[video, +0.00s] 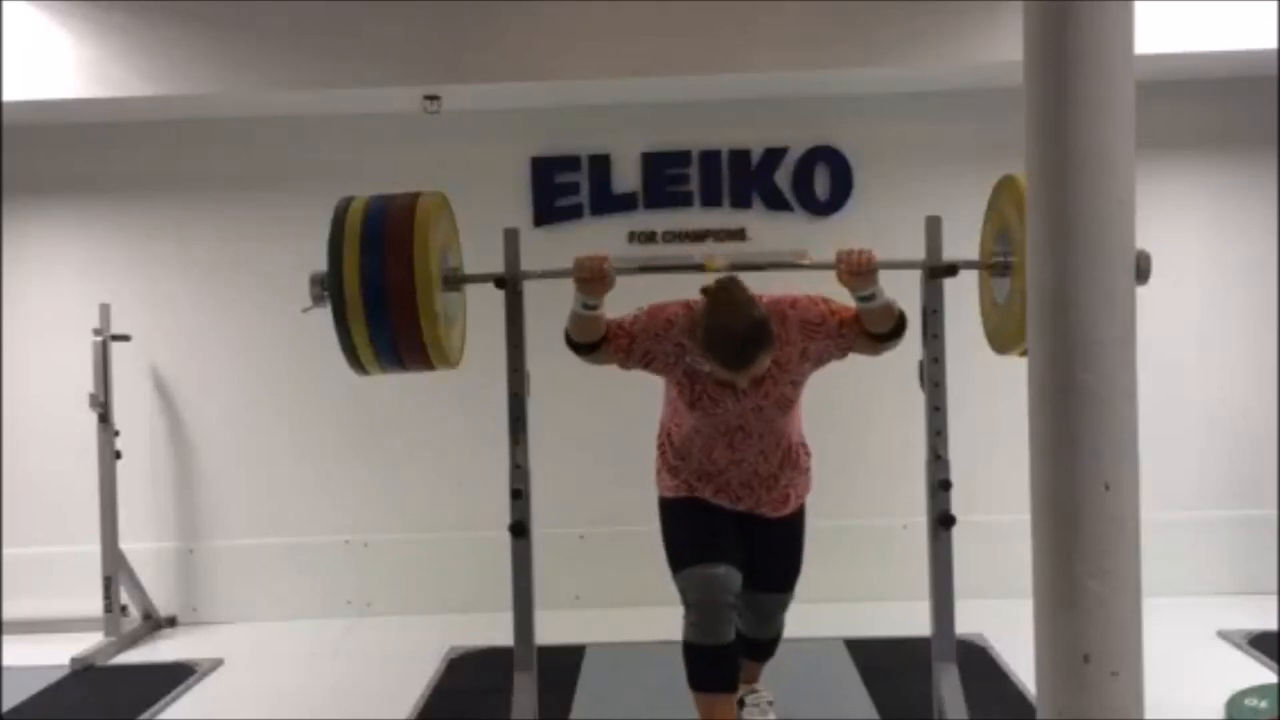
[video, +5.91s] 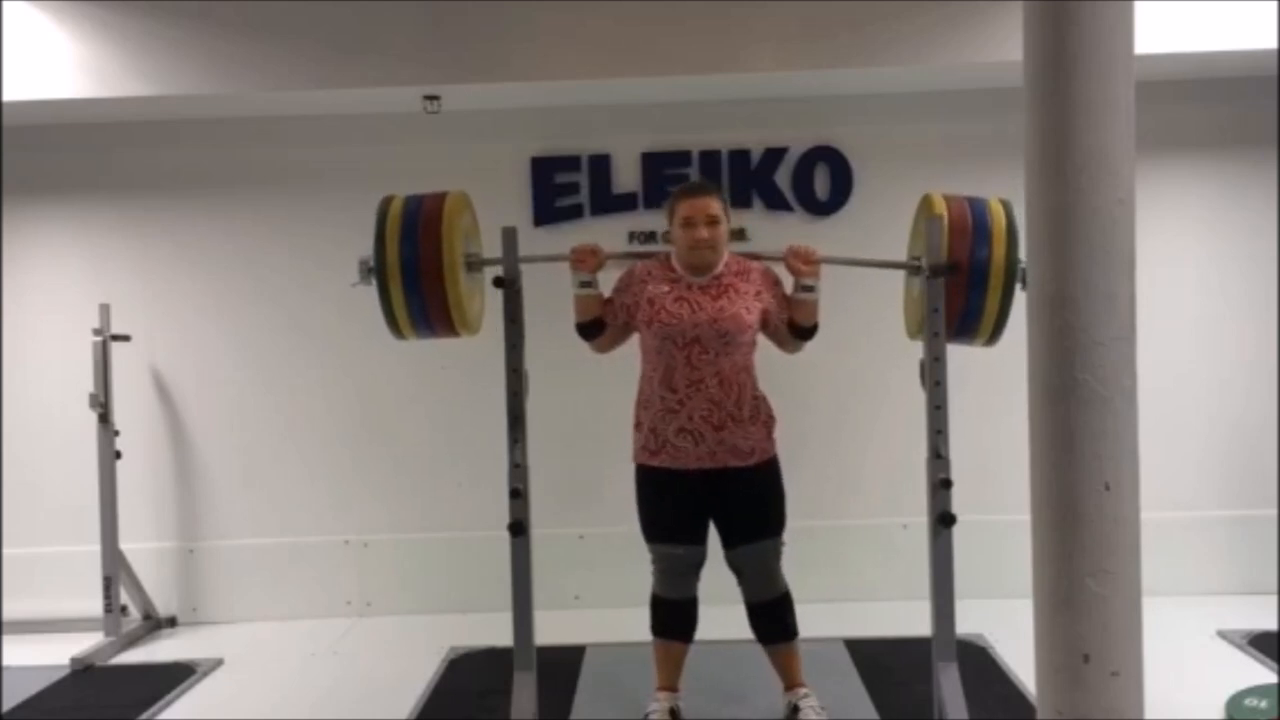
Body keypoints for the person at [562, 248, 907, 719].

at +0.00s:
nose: (744, 382)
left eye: (754, 371)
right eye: (727, 375)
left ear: (767, 338)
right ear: (702, 348)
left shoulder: (800, 322)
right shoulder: (671, 331)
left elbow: (885, 336)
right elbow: (587, 346)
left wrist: (868, 290)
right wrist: (588, 301)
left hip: (776, 490)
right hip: (696, 488)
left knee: (766, 612)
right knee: (712, 605)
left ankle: (747, 688)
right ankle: (717, 712)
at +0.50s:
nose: (738, 299)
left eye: (752, 283)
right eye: (722, 287)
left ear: (770, 264)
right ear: (700, 269)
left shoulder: (803, 303)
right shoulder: (672, 310)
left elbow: (863, 370)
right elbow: (607, 380)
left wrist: (869, 295)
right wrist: (590, 302)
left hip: (779, 513)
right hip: (688, 518)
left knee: (784, 653)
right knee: (705, 659)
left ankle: (782, 718)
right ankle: (714, 716)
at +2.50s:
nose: (729, 239)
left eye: (742, 224)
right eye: (714, 225)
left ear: (760, 219)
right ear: (692, 222)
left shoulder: (786, 269)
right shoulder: (656, 272)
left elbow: (833, 341)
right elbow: (604, 345)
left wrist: (848, 274)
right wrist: (584, 278)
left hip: (771, 490)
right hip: (683, 492)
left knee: (770, 642)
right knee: (700, 647)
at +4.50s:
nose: (702, 243)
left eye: (712, 231)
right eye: (689, 233)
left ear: (726, 230)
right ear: (668, 233)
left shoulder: (750, 275)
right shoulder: (640, 276)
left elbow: (791, 336)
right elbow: (594, 337)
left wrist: (803, 282)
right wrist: (580, 278)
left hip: (744, 454)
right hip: (665, 457)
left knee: (766, 577)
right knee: (670, 581)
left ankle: (796, 695)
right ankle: (665, 701)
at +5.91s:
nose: (702, 232)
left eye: (712, 222)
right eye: (689, 223)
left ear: (727, 228)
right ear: (670, 231)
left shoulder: (753, 278)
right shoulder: (643, 280)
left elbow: (793, 339)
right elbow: (600, 339)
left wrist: (805, 285)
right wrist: (586, 281)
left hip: (744, 456)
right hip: (667, 459)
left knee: (762, 576)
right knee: (673, 579)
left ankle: (797, 694)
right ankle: (664, 698)